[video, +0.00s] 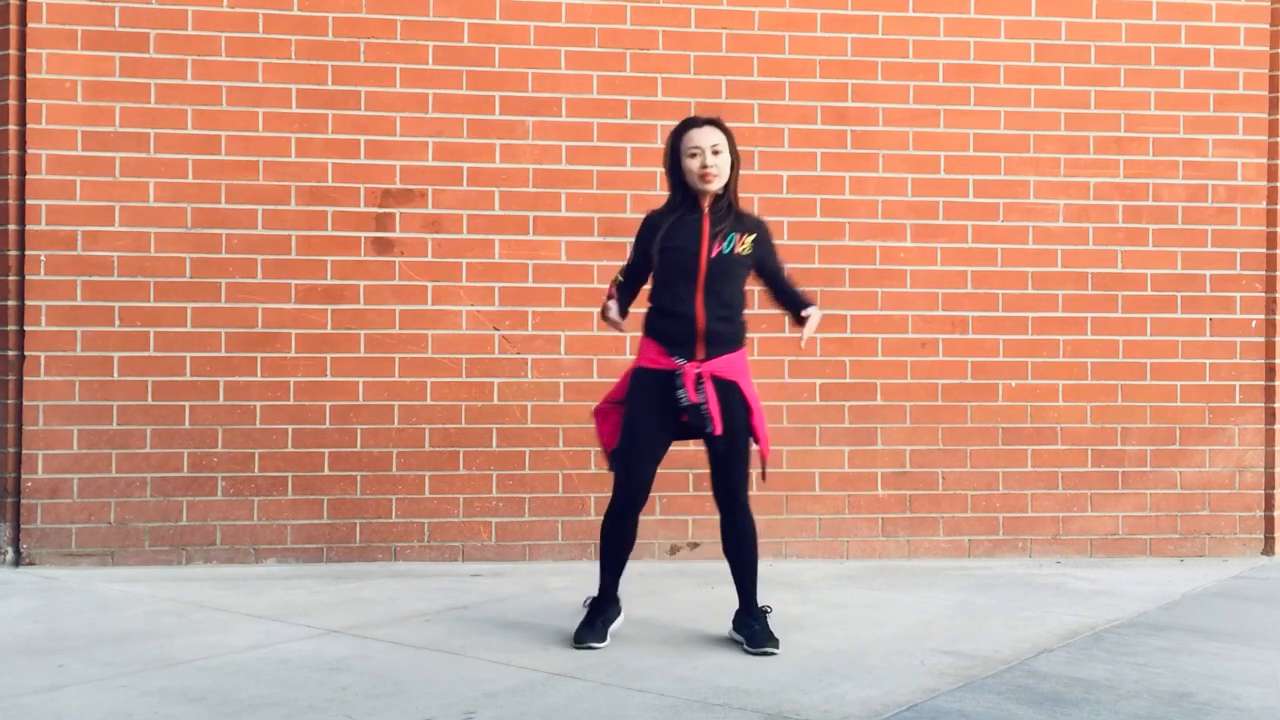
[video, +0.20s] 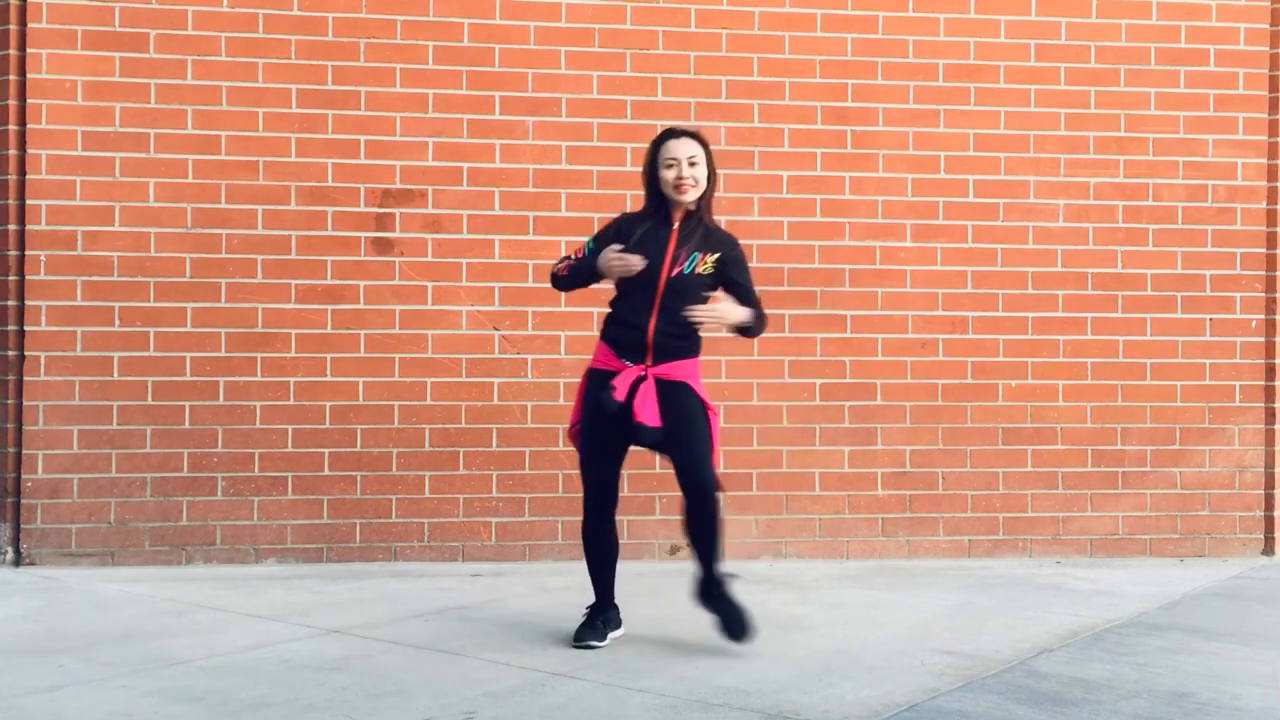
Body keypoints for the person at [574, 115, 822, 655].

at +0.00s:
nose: (707, 162)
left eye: (716, 152)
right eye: (695, 153)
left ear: (732, 159)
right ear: (678, 163)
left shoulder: (749, 229)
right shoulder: (659, 223)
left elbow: (778, 282)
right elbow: (631, 277)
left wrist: (802, 306)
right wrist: (616, 303)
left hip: (723, 375)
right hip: (658, 372)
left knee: (733, 497)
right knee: (628, 493)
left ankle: (750, 611)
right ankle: (605, 601)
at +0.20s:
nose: (683, 174)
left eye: (693, 164)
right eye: (671, 164)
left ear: (708, 173)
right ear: (655, 174)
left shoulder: (720, 246)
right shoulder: (625, 229)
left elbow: (756, 321)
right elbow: (561, 277)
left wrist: (737, 314)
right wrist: (598, 267)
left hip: (676, 379)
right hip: (611, 374)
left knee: (701, 483)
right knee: (598, 498)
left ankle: (710, 582)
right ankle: (604, 606)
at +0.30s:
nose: (674, 173)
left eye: (684, 162)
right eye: (662, 163)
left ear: (700, 169)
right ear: (646, 171)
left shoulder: (712, 242)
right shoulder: (620, 222)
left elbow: (719, 314)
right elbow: (575, 275)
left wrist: (675, 315)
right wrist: (629, 267)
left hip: (664, 374)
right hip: (602, 368)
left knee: (672, 465)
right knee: (597, 494)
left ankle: (636, 578)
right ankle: (603, 605)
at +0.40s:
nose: (667, 173)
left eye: (678, 163)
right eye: (656, 164)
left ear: (694, 169)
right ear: (640, 172)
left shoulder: (705, 238)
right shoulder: (619, 218)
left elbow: (677, 297)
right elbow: (605, 275)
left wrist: (629, 331)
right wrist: (659, 299)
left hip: (656, 371)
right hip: (596, 367)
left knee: (641, 476)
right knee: (599, 487)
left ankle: (577, 597)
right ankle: (605, 604)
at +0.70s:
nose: (667, 170)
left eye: (677, 160)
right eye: (655, 160)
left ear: (691, 168)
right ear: (638, 168)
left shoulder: (707, 234)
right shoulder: (612, 222)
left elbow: (750, 299)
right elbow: (553, 267)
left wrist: (710, 320)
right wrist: (600, 275)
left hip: (669, 372)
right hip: (607, 368)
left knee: (673, 459)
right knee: (599, 489)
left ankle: (635, 581)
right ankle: (603, 604)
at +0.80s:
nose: (673, 162)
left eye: (684, 152)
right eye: (662, 152)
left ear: (699, 160)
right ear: (644, 159)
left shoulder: (716, 226)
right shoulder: (619, 217)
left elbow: (772, 286)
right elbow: (548, 261)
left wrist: (752, 314)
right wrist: (587, 282)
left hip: (687, 367)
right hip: (621, 366)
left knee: (709, 464)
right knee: (615, 493)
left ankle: (702, 571)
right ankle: (606, 606)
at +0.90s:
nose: (680, 167)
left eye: (691, 157)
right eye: (669, 157)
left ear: (706, 164)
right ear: (653, 165)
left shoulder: (725, 230)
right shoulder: (635, 225)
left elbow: (766, 296)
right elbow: (579, 284)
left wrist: (771, 325)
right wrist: (598, 316)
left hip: (707, 375)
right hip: (640, 373)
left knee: (737, 493)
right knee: (628, 494)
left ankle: (754, 598)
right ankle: (606, 607)